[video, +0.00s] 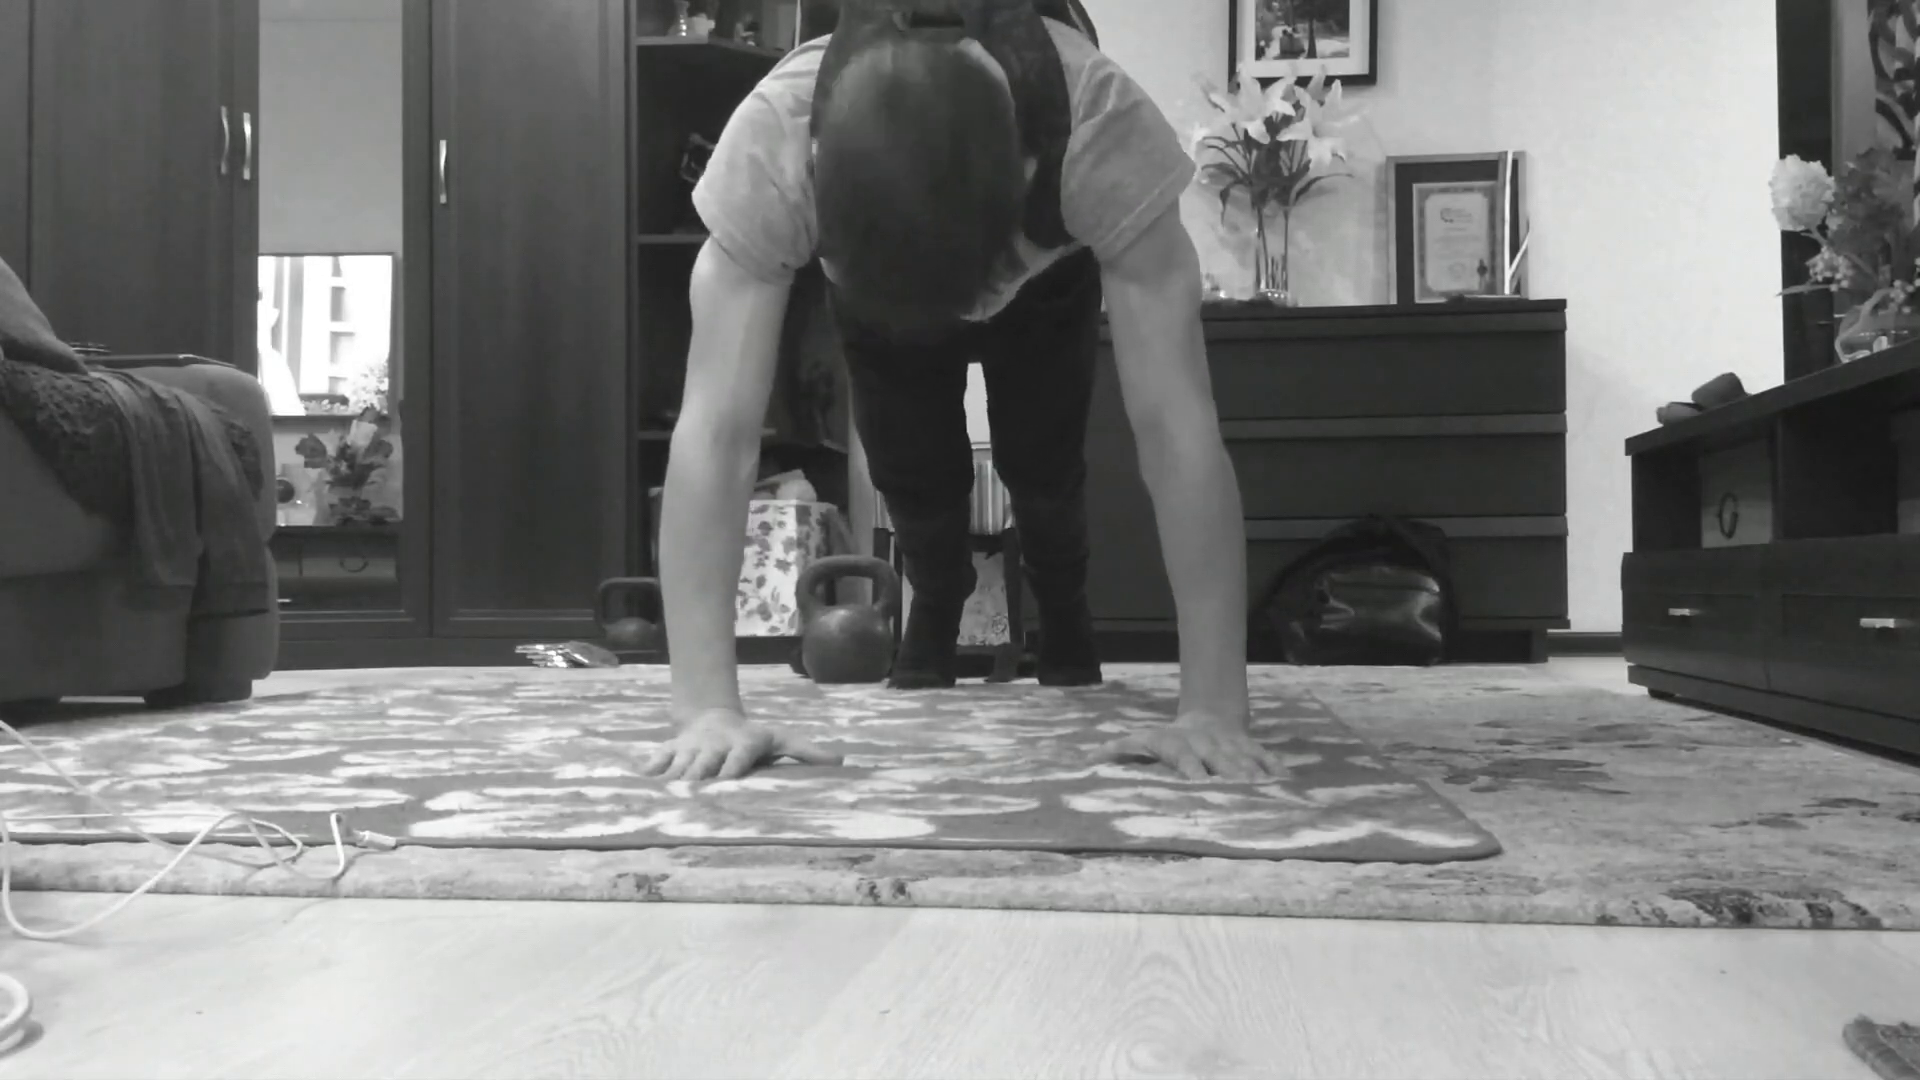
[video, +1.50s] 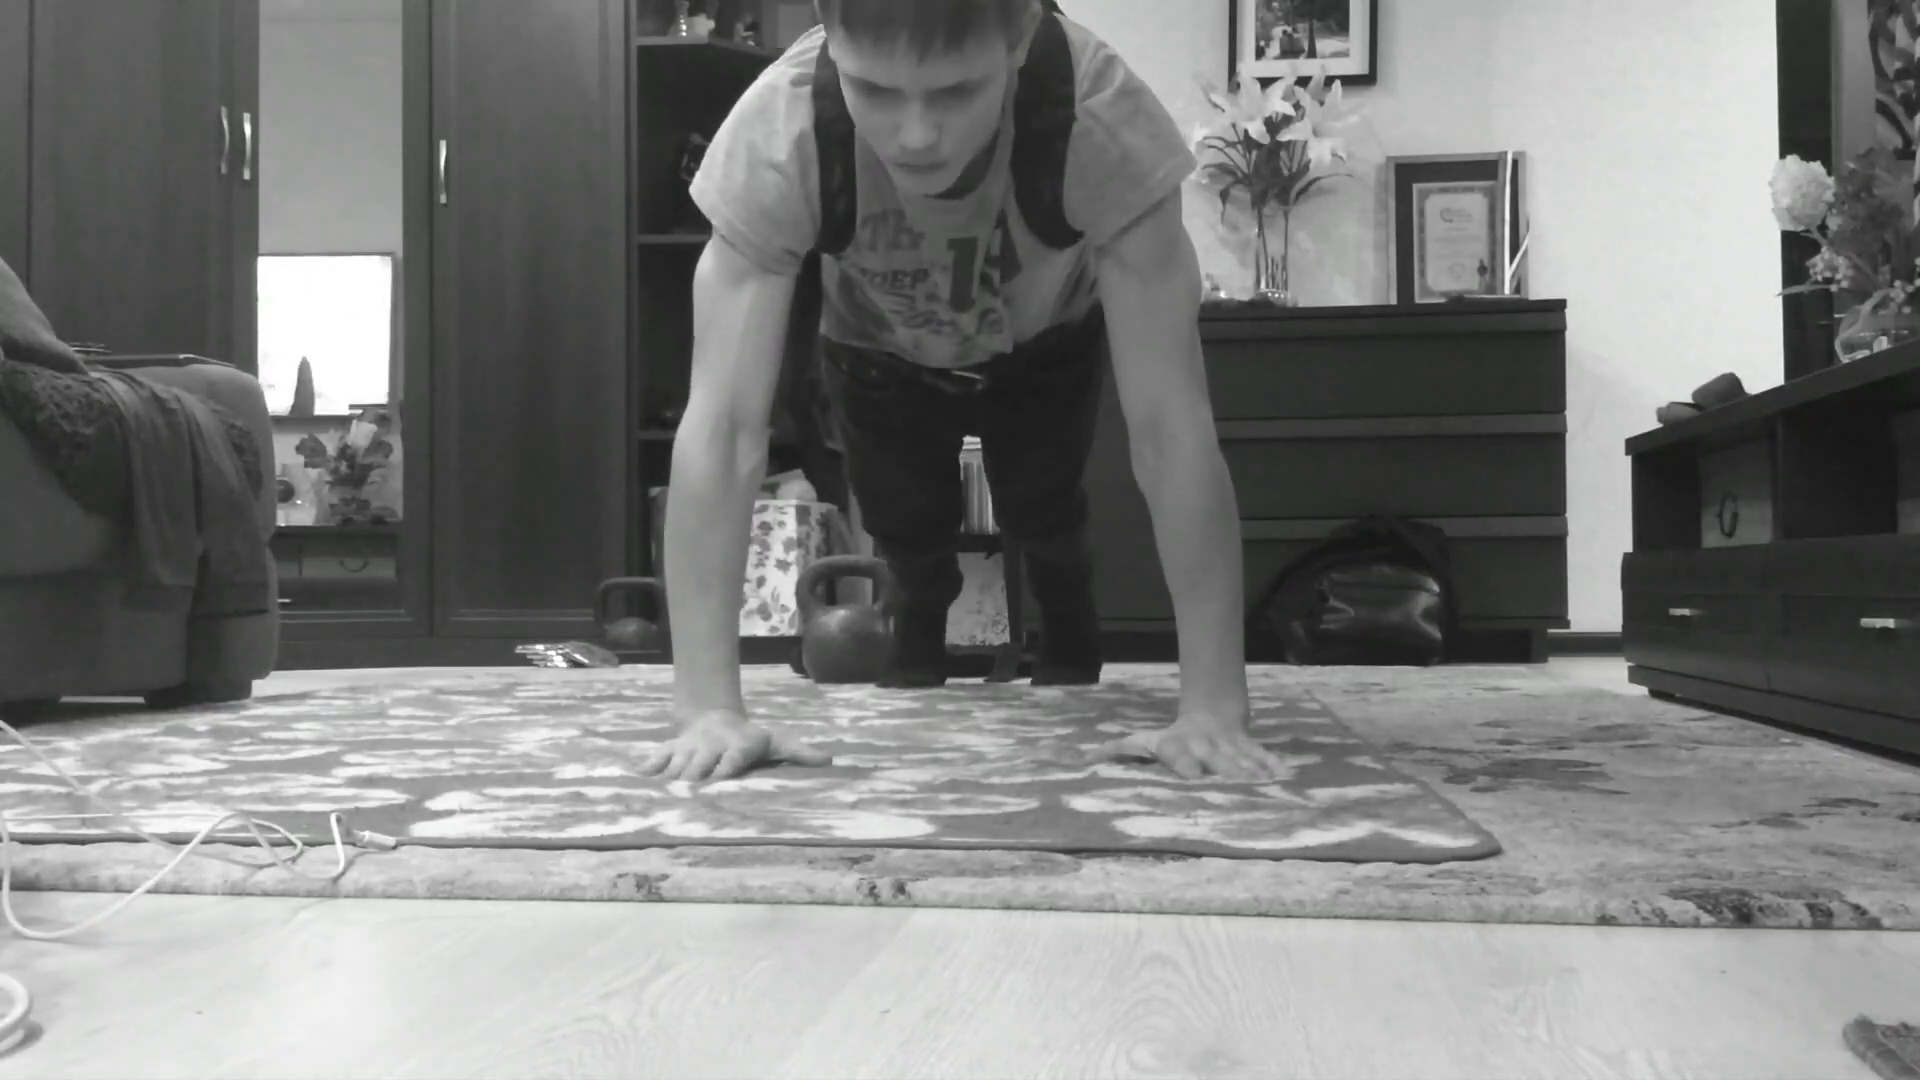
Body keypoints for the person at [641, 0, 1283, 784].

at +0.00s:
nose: (934, 326)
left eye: (965, 288)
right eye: (894, 309)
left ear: (1025, 176)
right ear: (821, 176)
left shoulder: (1115, 146)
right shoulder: (767, 156)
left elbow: (1181, 432)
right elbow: (713, 433)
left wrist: (1214, 712)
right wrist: (708, 709)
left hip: (1045, 261)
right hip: (869, 274)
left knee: (1042, 471)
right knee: (910, 477)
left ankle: (1060, 623)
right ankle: (933, 601)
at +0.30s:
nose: (932, 246)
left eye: (957, 208)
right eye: (893, 215)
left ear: (1021, 122)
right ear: (834, 145)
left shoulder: (1113, 144)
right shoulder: (775, 156)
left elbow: (1176, 436)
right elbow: (721, 436)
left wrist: (1216, 714)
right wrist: (707, 709)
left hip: (1044, 273)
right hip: (874, 282)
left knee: (1034, 485)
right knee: (908, 488)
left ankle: (1043, 645)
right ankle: (929, 608)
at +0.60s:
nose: (916, 166)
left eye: (956, 125)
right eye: (879, 123)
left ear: (1023, 74)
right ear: (840, 81)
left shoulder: (1114, 136)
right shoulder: (784, 147)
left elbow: (1176, 436)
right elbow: (723, 434)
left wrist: (1214, 711)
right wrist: (709, 710)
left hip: (1046, 313)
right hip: (883, 317)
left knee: (1043, 500)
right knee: (898, 507)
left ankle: (1060, 668)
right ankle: (907, 620)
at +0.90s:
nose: (912, 141)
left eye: (952, 96)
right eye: (872, 95)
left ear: (1022, 49)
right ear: (832, 57)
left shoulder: (1106, 132)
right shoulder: (782, 142)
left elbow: (1173, 436)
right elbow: (723, 432)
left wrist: (1214, 710)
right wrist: (710, 710)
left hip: (1045, 324)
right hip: (883, 331)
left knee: (1050, 515)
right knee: (905, 525)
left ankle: (1069, 692)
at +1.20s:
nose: (912, 132)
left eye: (952, 87)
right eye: (874, 87)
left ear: (1022, 42)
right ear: (834, 51)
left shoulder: (1108, 132)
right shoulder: (780, 137)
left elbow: (1175, 439)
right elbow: (722, 432)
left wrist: (1214, 710)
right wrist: (709, 711)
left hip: (1045, 332)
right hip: (880, 340)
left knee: (1045, 525)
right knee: (900, 531)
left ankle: (1066, 697)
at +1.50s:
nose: (914, 135)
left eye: (954, 93)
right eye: (875, 92)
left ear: (1021, 44)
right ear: (834, 51)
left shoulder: (1106, 130)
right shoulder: (781, 136)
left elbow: (1174, 434)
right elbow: (721, 431)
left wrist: (1214, 710)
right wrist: (708, 709)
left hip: (1044, 343)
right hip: (879, 349)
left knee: (1046, 528)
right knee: (902, 530)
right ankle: (918, 601)